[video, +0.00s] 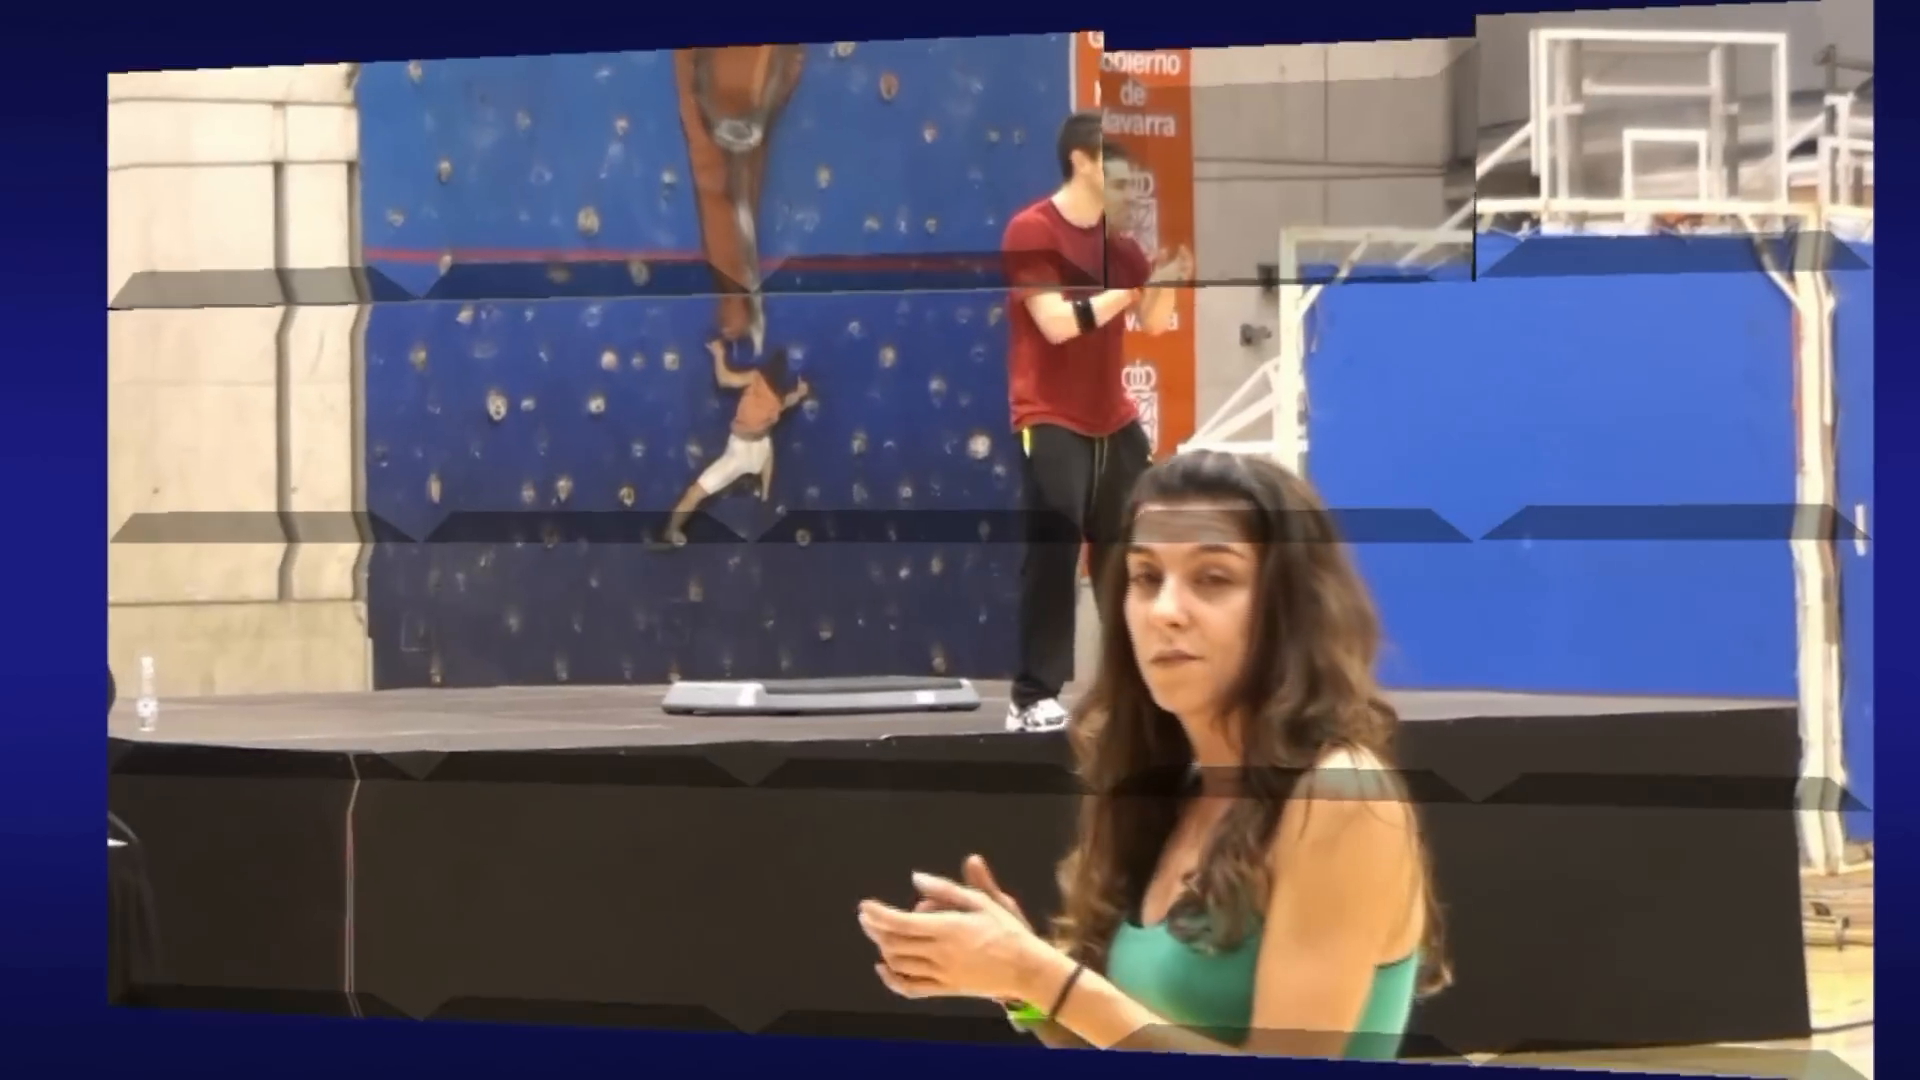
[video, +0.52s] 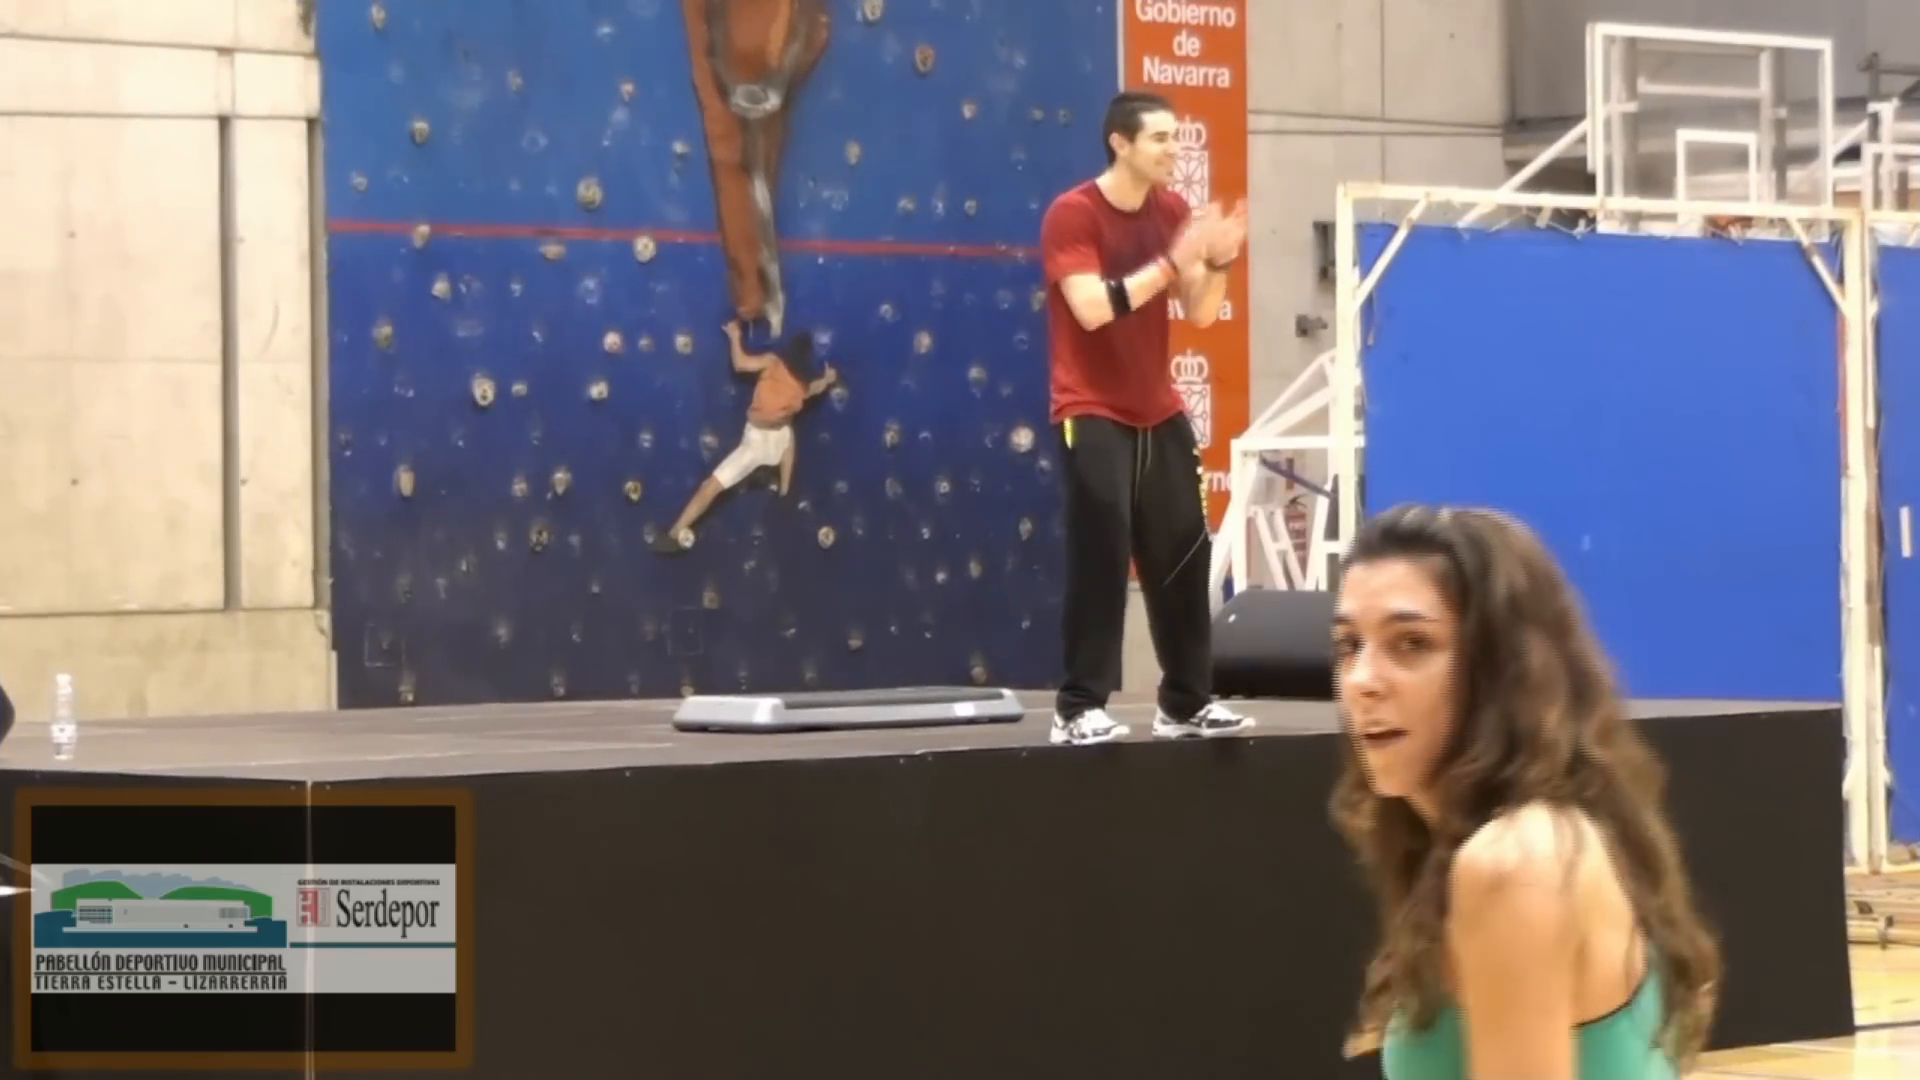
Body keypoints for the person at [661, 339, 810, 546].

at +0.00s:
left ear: (769, 366)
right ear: (784, 372)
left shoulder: (756, 377)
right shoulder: (780, 397)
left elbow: (724, 379)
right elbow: (789, 401)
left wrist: (718, 355)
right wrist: (801, 392)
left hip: (740, 451)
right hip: (760, 449)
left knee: (700, 488)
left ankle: (673, 528)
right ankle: (765, 494)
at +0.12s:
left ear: (781, 360)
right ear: (798, 368)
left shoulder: (766, 372)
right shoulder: (794, 394)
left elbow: (735, 374)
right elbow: (805, 396)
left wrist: (729, 348)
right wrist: (818, 388)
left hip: (749, 449)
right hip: (772, 448)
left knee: (708, 489)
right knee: (781, 444)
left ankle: (678, 533)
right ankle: (777, 493)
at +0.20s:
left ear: (788, 356)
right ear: (807, 364)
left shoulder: (773, 368)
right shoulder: (802, 392)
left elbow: (741, 370)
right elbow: (815, 392)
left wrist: (735, 344)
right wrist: (827, 385)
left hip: (756, 448)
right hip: (779, 447)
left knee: (713, 488)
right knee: (788, 440)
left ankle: (681, 533)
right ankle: (784, 491)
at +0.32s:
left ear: (788, 350)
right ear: (808, 359)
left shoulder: (772, 362)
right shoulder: (803, 386)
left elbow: (740, 363)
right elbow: (817, 386)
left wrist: (735, 336)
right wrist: (829, 378)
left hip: (755, 442)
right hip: (779, 441)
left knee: (713, 483)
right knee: (788, 434)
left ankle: (677, 530)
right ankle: (784, 487)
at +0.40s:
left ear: (788, 350)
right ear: (808, 359)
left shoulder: (772, 362)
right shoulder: (803, 386)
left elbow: (740, 364)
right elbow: (817, 386)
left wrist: (734, 337)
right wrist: (829, 379)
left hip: (754, 443)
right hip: (779, 442)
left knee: (714, 483)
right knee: (788, 434)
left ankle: (678, 530)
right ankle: (784, 488)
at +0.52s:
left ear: (788, 350)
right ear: (808, 359)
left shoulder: (772, 362)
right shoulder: (802, 387)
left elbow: (740, 364)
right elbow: (816, 387)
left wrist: (734, 337)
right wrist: (828, 379)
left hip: (754, 443)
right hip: (779, 441)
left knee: (714, 483)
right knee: (788, 435)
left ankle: (678, 531)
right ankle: (784, 488)